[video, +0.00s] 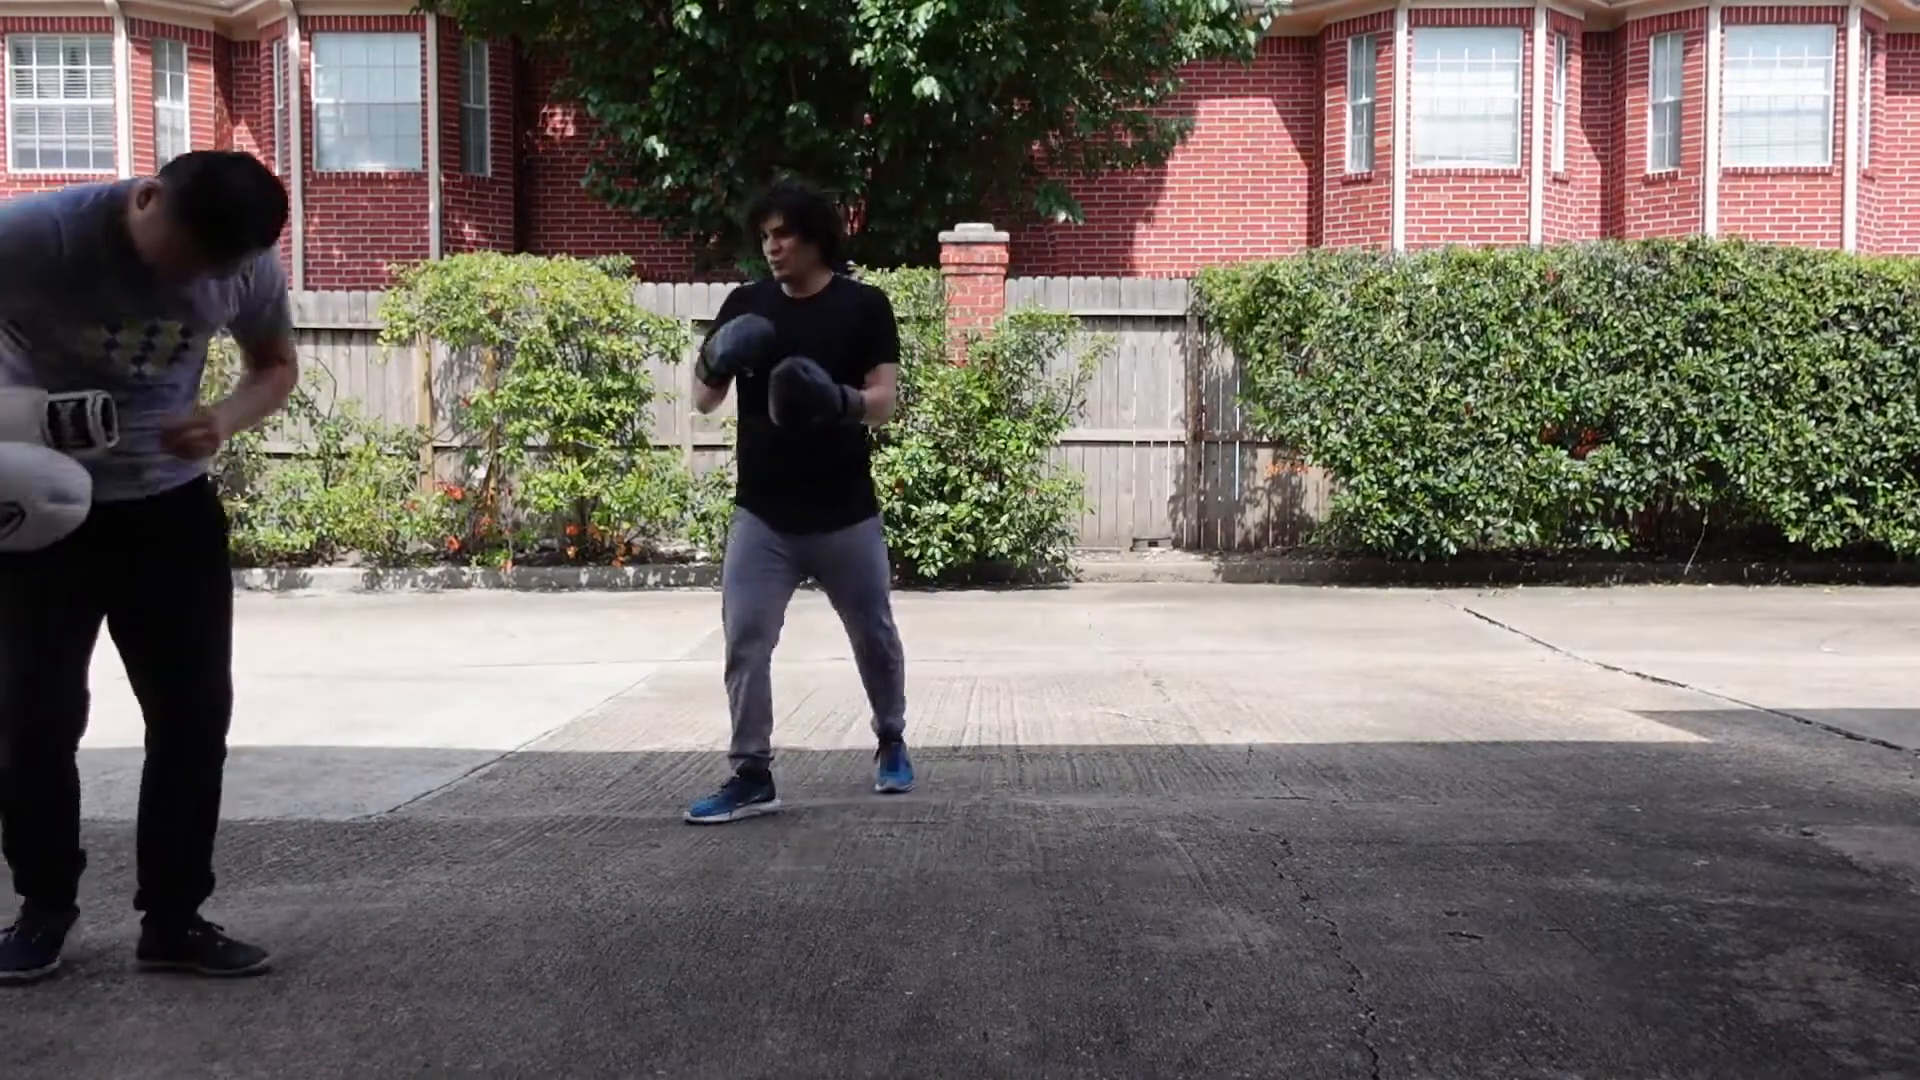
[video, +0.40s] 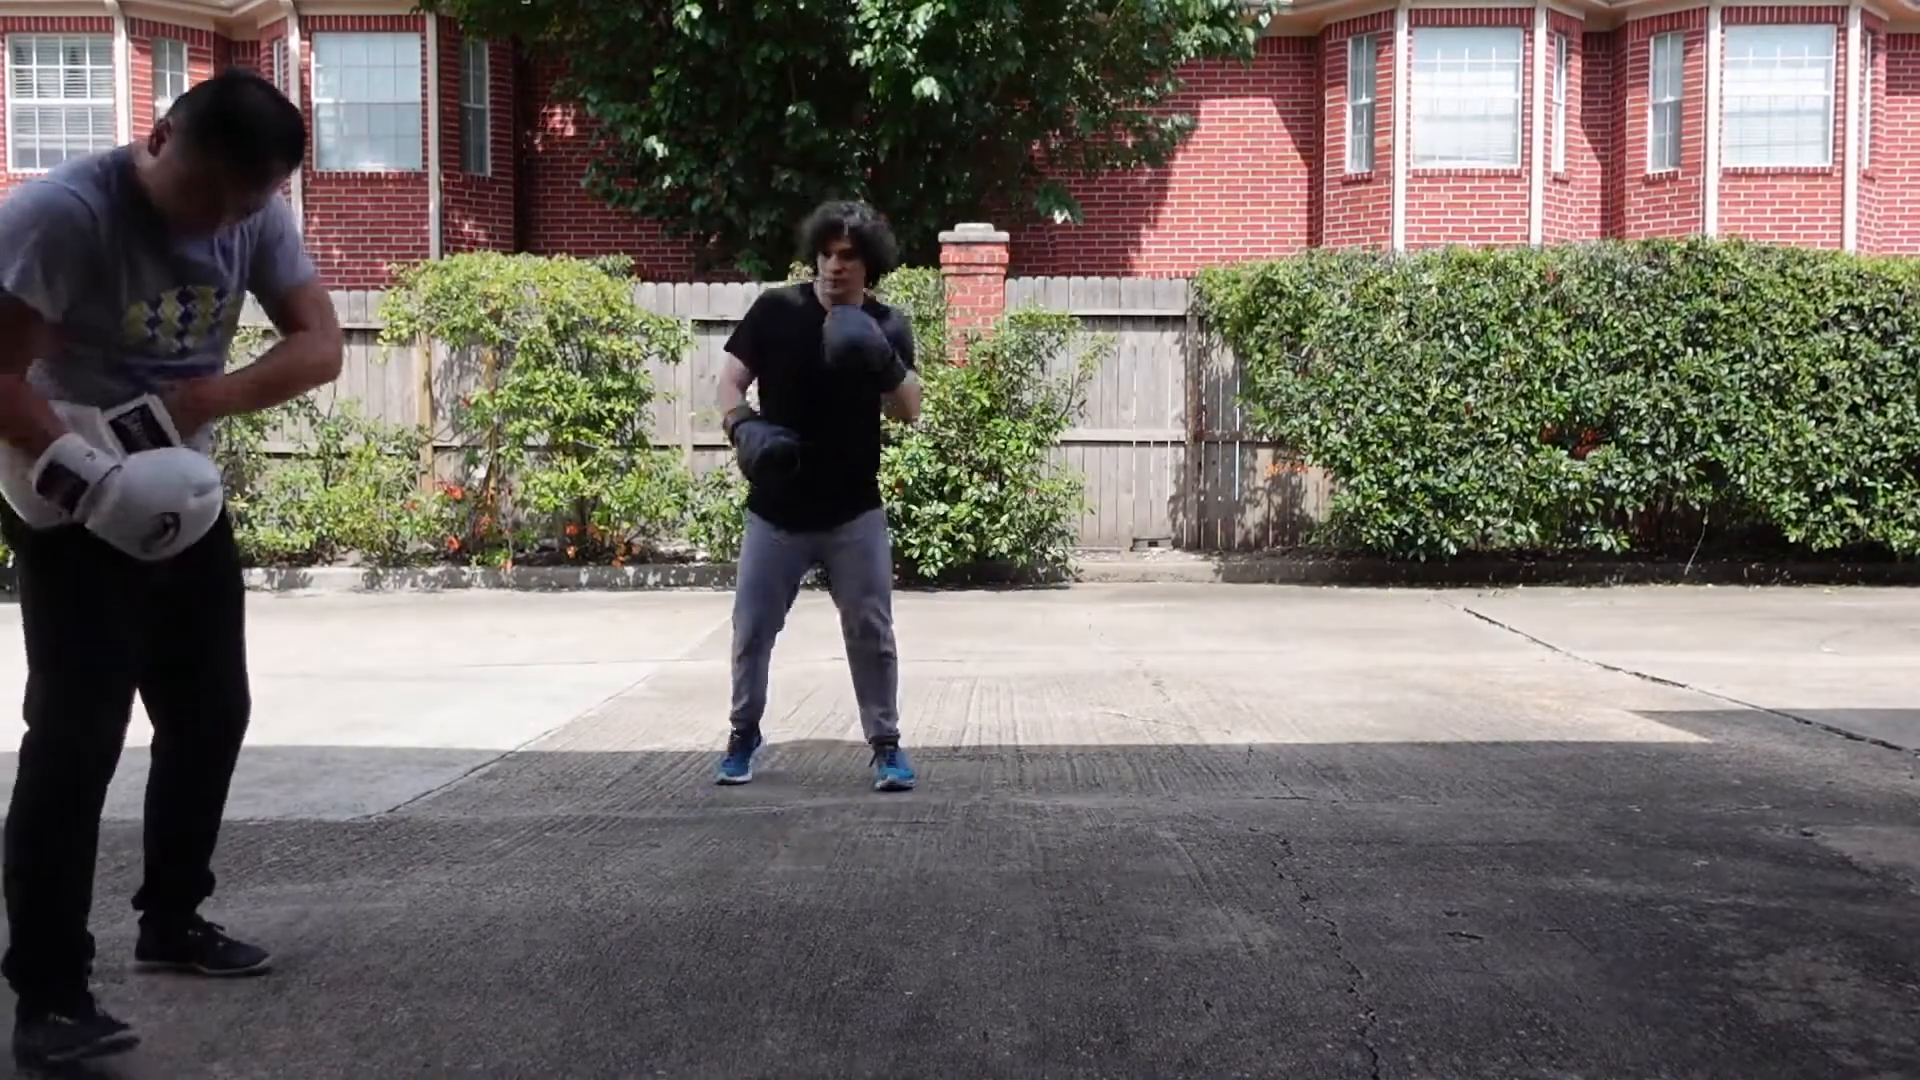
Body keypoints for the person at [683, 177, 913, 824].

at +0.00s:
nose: (772, 248)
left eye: (784, 236)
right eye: (766, 238)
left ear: (818, 236)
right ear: (761, 243)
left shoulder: (864, 306)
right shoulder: (748, 302)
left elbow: (884, 401)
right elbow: (705, 402)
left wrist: (841, 400)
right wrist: (716, 361)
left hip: (845, 515)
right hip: (762, 514)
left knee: (876, 637)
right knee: (743, 640)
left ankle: (892, 743)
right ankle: (751, 774)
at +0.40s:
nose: (837, 266)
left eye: (850, 256)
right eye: (828, 254)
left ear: (871, 265)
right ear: (814, 258)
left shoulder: (886, 325)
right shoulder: (776, 309)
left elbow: (908, 409)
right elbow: (729, 385)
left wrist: (879, 356)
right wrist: (748, 429)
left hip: (854, 511)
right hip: (776, 511)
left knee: (872, 632)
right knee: (750, 632)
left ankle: (886, 747)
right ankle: (743, 737)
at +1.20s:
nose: (708, 266)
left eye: (721, 255)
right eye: (700, 254)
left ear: (752, 261)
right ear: (690, 257)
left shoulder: (783, 320)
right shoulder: (667, 314)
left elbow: (808, 405)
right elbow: (604, 366)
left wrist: (768, 356)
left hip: (772, 513)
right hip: (692, 516)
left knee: (837, 617)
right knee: (654, 639)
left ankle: (793, 747)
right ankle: (608, 780)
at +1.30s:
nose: (675, 271)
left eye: (688, 259)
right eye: (667, 259)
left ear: (722, 258)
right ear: (660, 261)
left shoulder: (769, 318)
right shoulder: (649, 316)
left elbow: (791, 405)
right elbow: (580, 369)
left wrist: (731, 358)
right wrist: (569, 310)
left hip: (765, 522)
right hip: (681, 519)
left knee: (814, 636)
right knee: (647, 632)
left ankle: (792, 749)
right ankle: (609, 778)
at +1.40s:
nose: (673, 265)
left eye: (686, 253)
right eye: (665, 253)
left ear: (720, 254)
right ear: (659, 257)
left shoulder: (767, 315)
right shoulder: (648, 312)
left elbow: (789, 404)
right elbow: (578, 358)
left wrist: (725, 362)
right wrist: (564, 300)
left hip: (760, 516)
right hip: (675, 516)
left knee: (808, 637)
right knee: (641, 637)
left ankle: (830, 746)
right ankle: (610, 778)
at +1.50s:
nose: (692, 260)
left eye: (705, 248)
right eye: (684, 249)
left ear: (735, 252)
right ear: (676, 255)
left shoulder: (779, 317)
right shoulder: (658, 312)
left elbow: (800, 405)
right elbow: (588, 352)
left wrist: (732, 380)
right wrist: (564, 300)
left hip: (766, 516)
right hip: (681, 516)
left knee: (811, 636)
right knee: (647, 639)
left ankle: (839, 751)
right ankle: (610, 779)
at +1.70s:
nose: (735, 260)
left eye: (748, 250)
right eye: (727, 249)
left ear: (778, 257)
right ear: (716, 256)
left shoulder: (811, 324)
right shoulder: (693, 320)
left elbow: (812, 418)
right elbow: (641, 397)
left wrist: (761, 426)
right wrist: (629, 358)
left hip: (786, 519)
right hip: (704, 520)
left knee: (822, 640)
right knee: (663, 639)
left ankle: (831, 758)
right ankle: (619, 775)